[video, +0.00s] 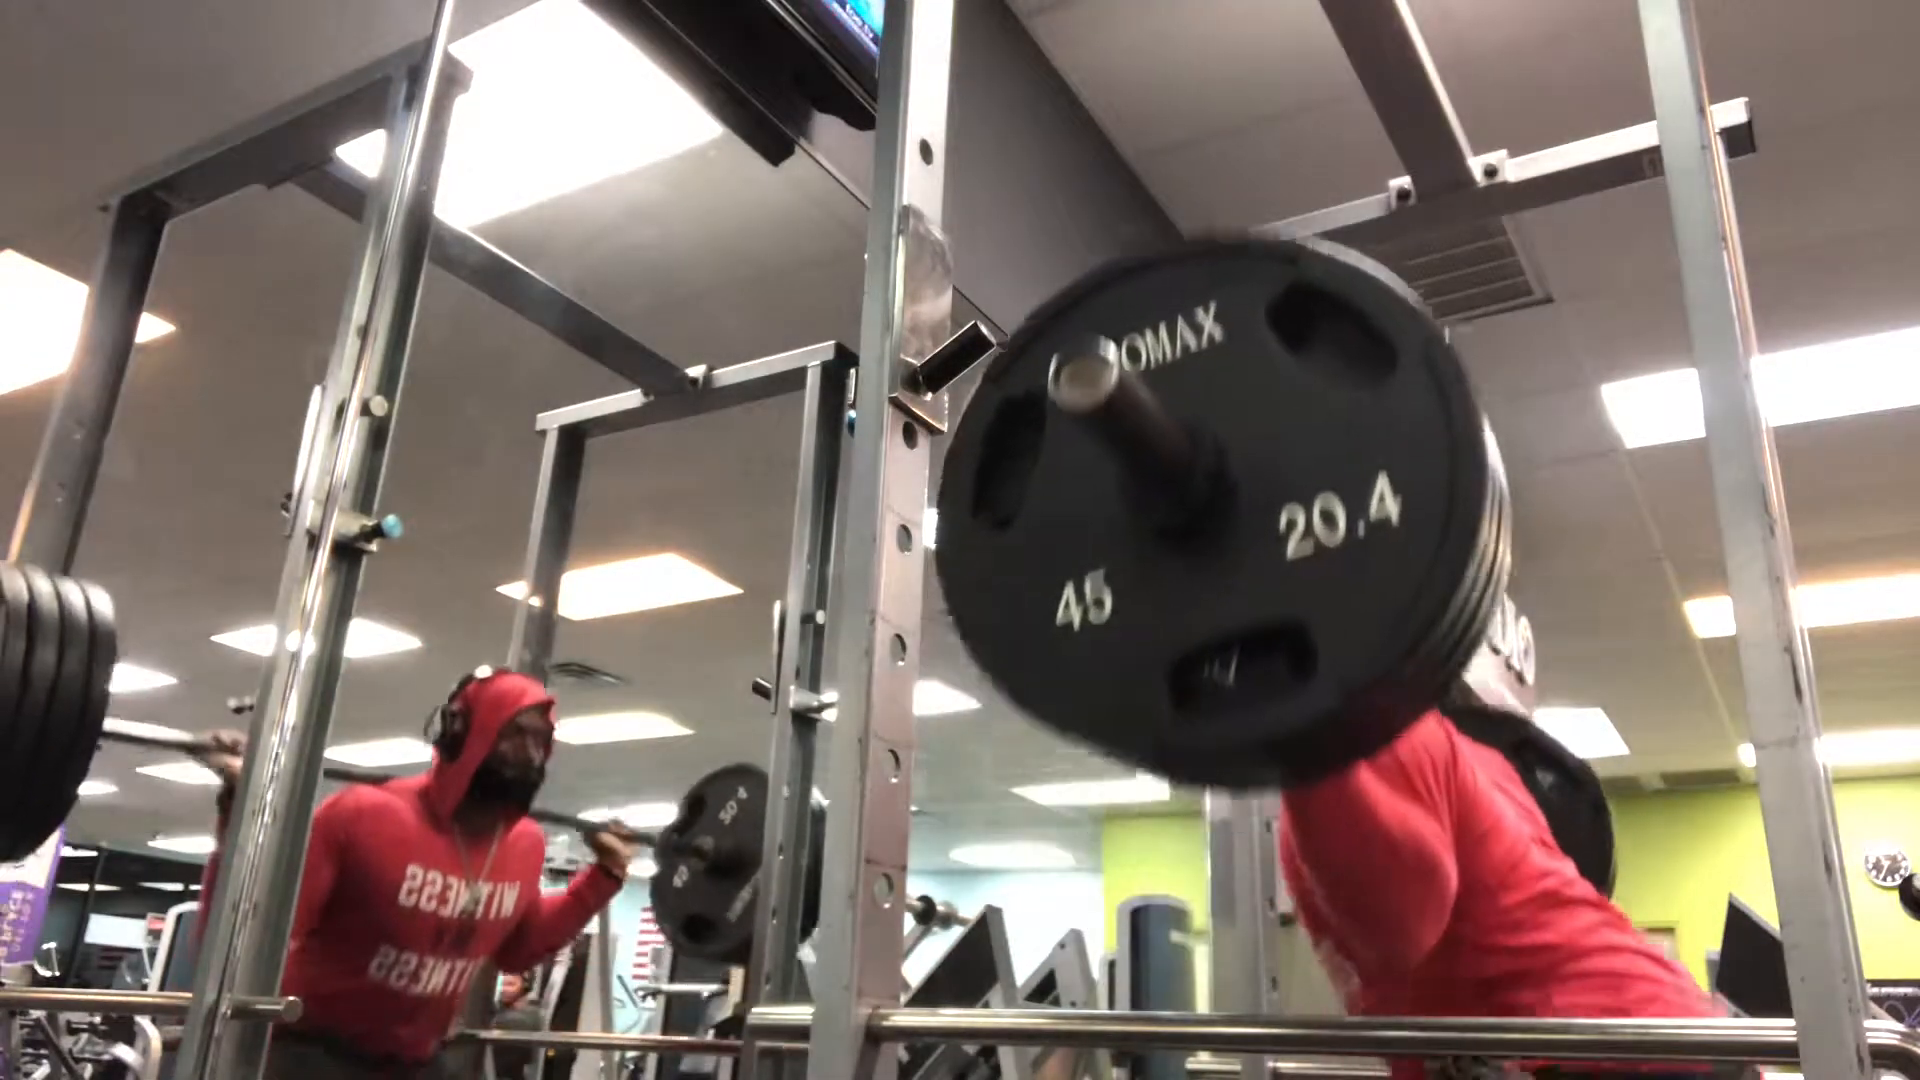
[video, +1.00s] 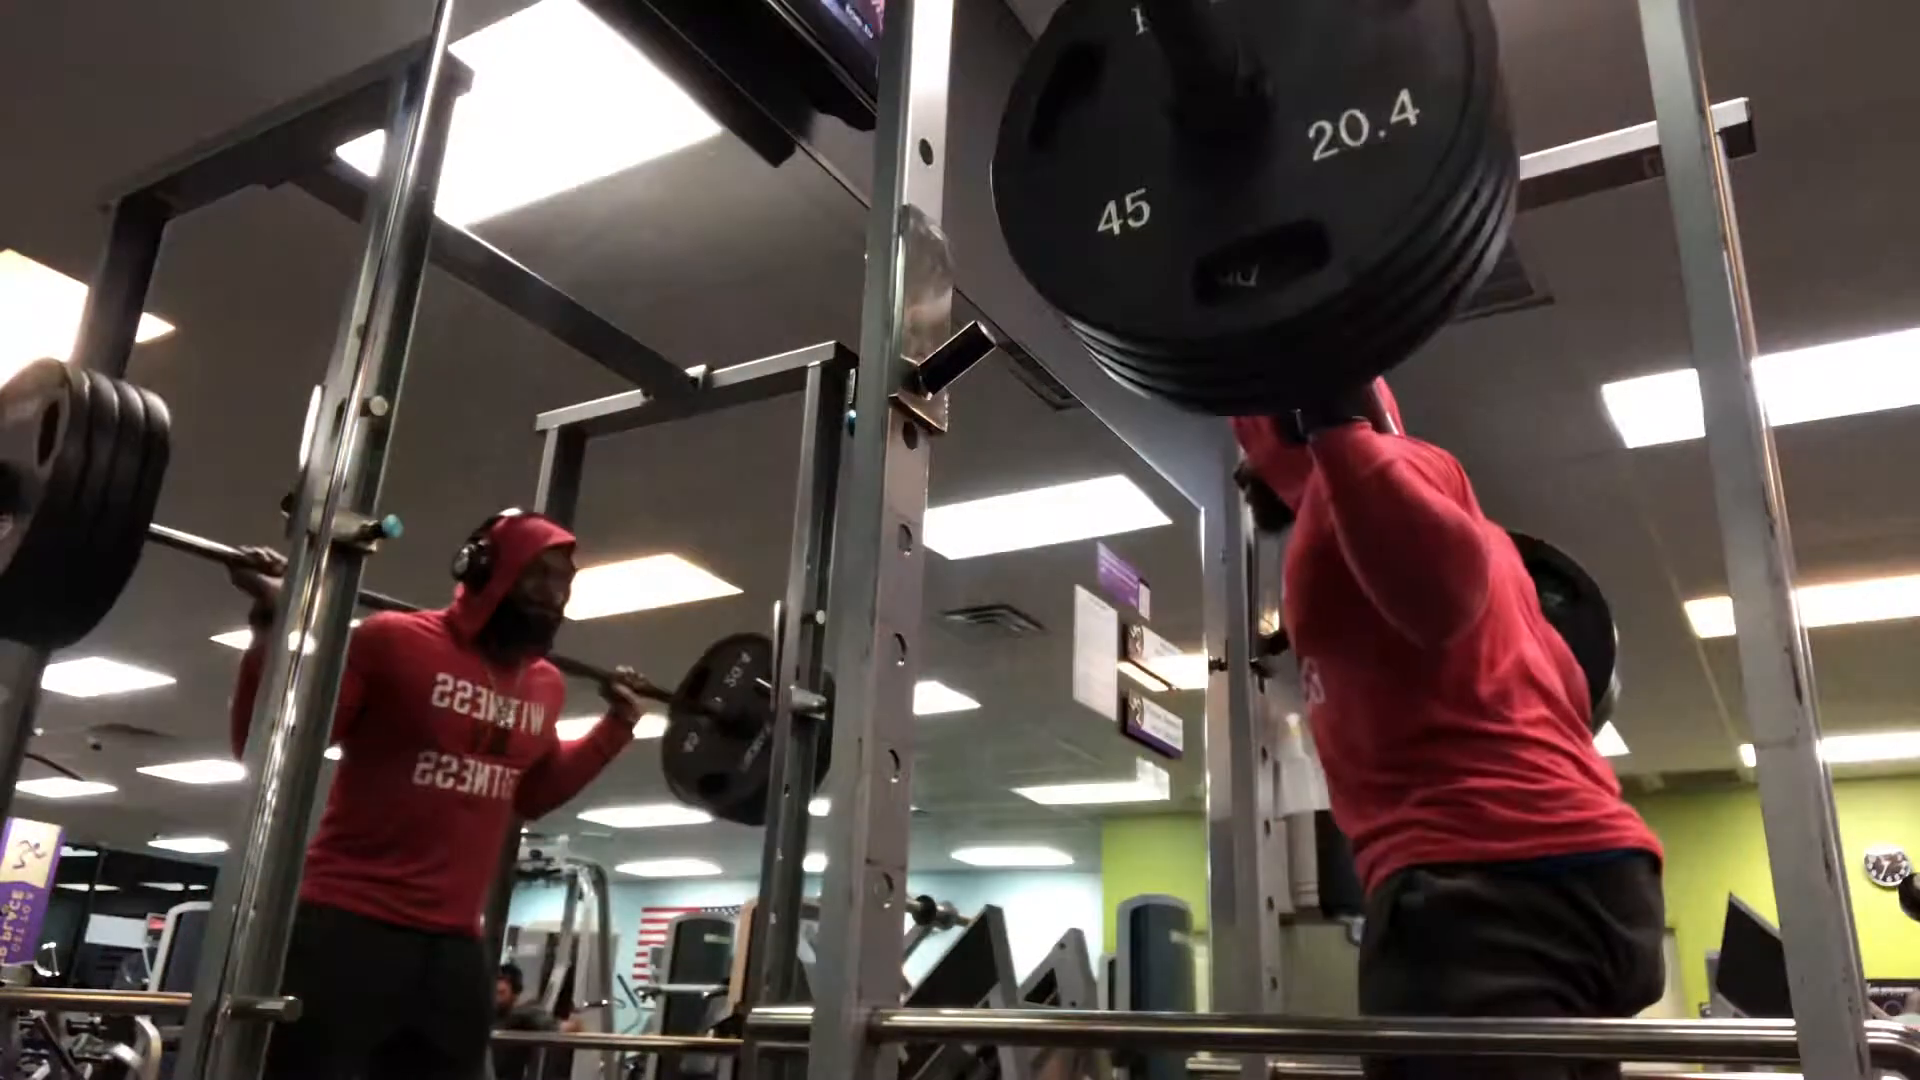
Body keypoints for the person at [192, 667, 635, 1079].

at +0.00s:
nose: (532, 755)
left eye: (541, 739)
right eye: (514, 734)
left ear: (550, 749)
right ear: (469, 736)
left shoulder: (524, 845)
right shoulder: (360, 815)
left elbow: (517, 947)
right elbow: (246, 932)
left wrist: (603, 878)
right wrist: (239, 807)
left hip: (417, 1063)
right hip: (315, 1049)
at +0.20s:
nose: (537, 691)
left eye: (547, 678)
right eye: (519, 674)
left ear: (557, 691)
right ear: (473, 677)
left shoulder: (532, 791)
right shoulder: (372, 757)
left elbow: (523, 896)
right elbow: (260, 864)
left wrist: (606, 828)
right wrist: (252, 749)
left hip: (434, 1024)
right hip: (330, 1014)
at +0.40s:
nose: (552, 617)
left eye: (558, 602)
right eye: (535, 599)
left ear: (564, 611)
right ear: (487, 603)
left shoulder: (544, 713)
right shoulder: (387, 680)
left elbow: (534, 824)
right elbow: (273, 773)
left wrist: (618, 752)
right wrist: (269, 653)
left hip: (443, 955)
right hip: (343, 942)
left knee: (463, 1071)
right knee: (319, 1071)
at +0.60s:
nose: (554, 590)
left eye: (562, 575)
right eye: (537, 570)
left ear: (567, 585)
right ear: (490, 571)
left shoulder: (544, 680)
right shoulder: (392, 638)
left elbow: (537, 790)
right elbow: (266, 747)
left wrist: (620, 716)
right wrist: (273, 623)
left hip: (446, 945)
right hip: (343, 925)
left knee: (450, 1068)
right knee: (312, 1070)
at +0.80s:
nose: (560, 599)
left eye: (567, 585)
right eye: (544, 580)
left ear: (569, 597)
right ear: (496, 582)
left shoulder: (541, 693)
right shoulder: (392, 650)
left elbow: (531, 804)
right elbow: (262, 751)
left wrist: (618, 735)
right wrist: (272, 636)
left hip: (443, 951)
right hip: (338, 931)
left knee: (449, 1068)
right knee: (313, 1070)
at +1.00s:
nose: (555, 594)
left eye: (564, 579)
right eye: (540, 573)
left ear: (569, 587)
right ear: (492, 573)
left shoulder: (543, 685)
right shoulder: (392, 639)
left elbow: (531, 795)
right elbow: (260, 747)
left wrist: (617, 724)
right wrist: (270, 623)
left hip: (454, 944)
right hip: (345, 924)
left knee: (448, 1070)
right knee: (317, 1071)